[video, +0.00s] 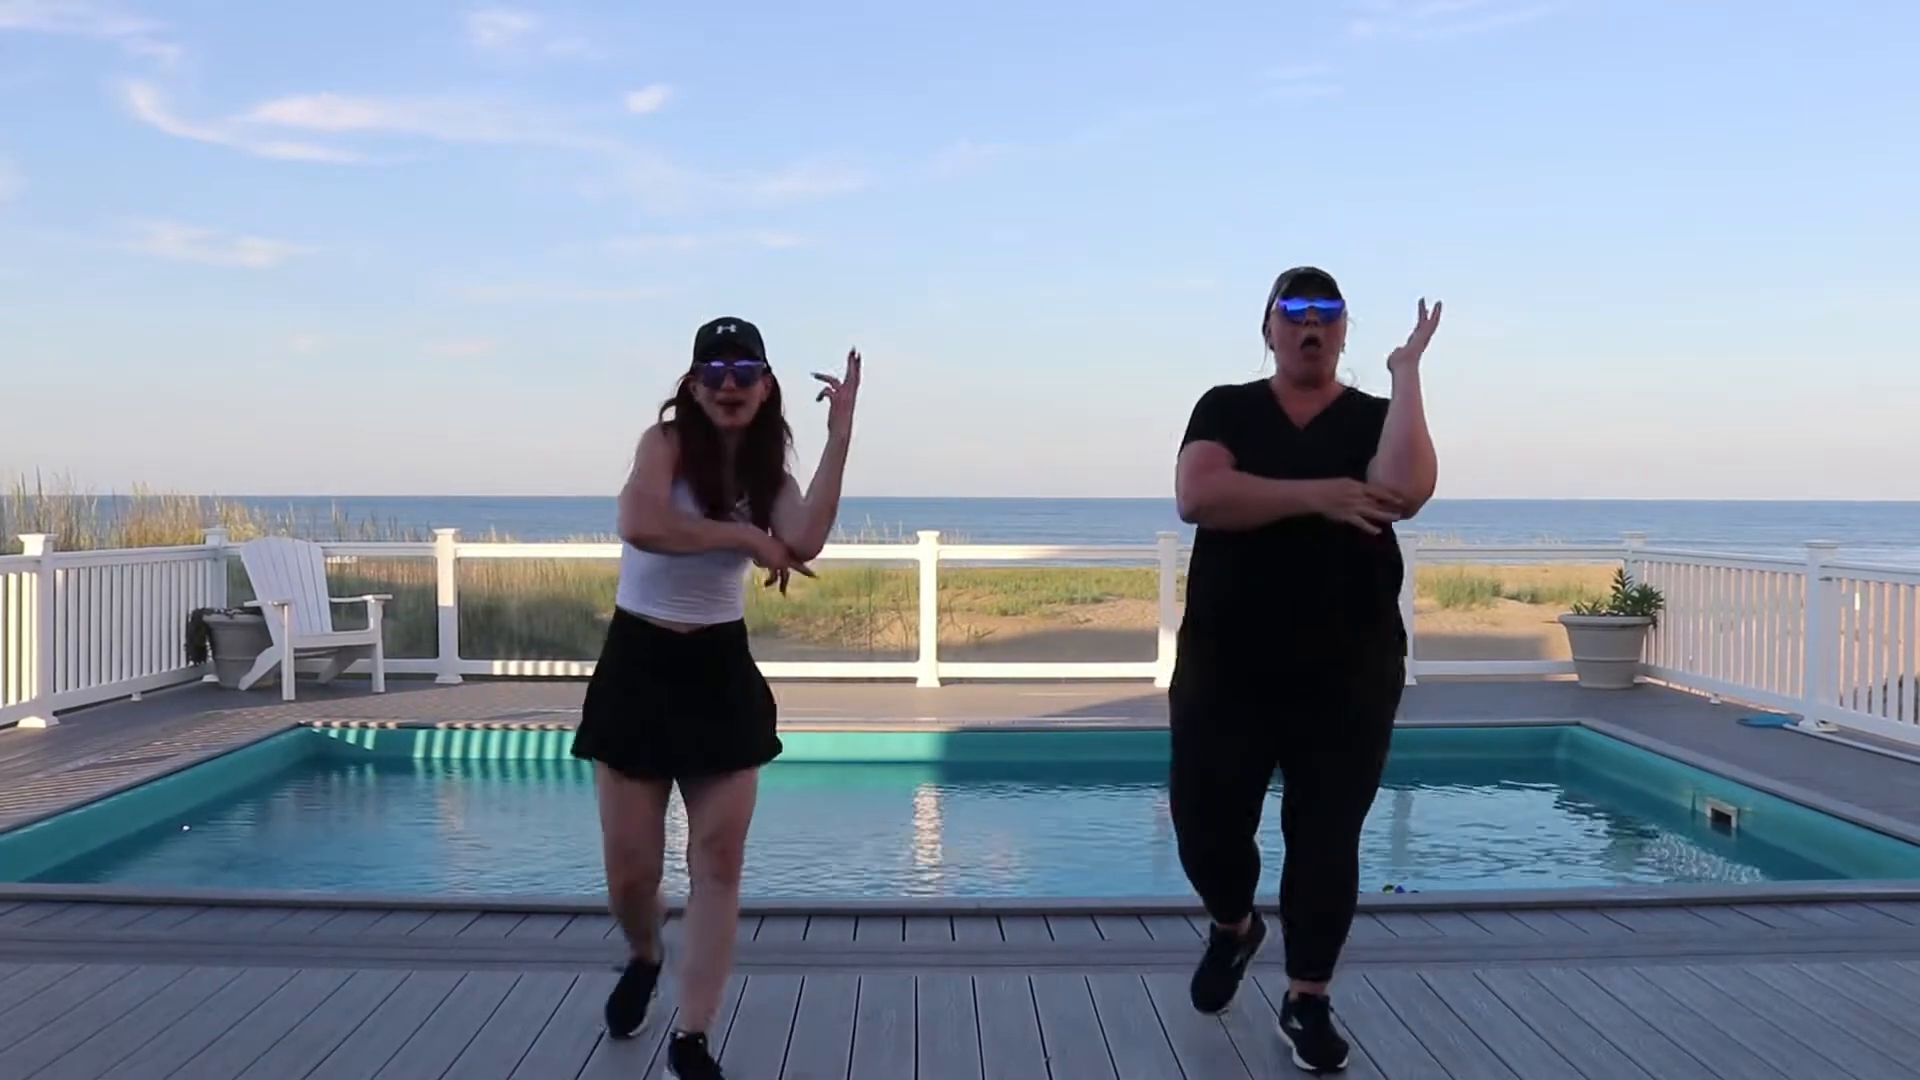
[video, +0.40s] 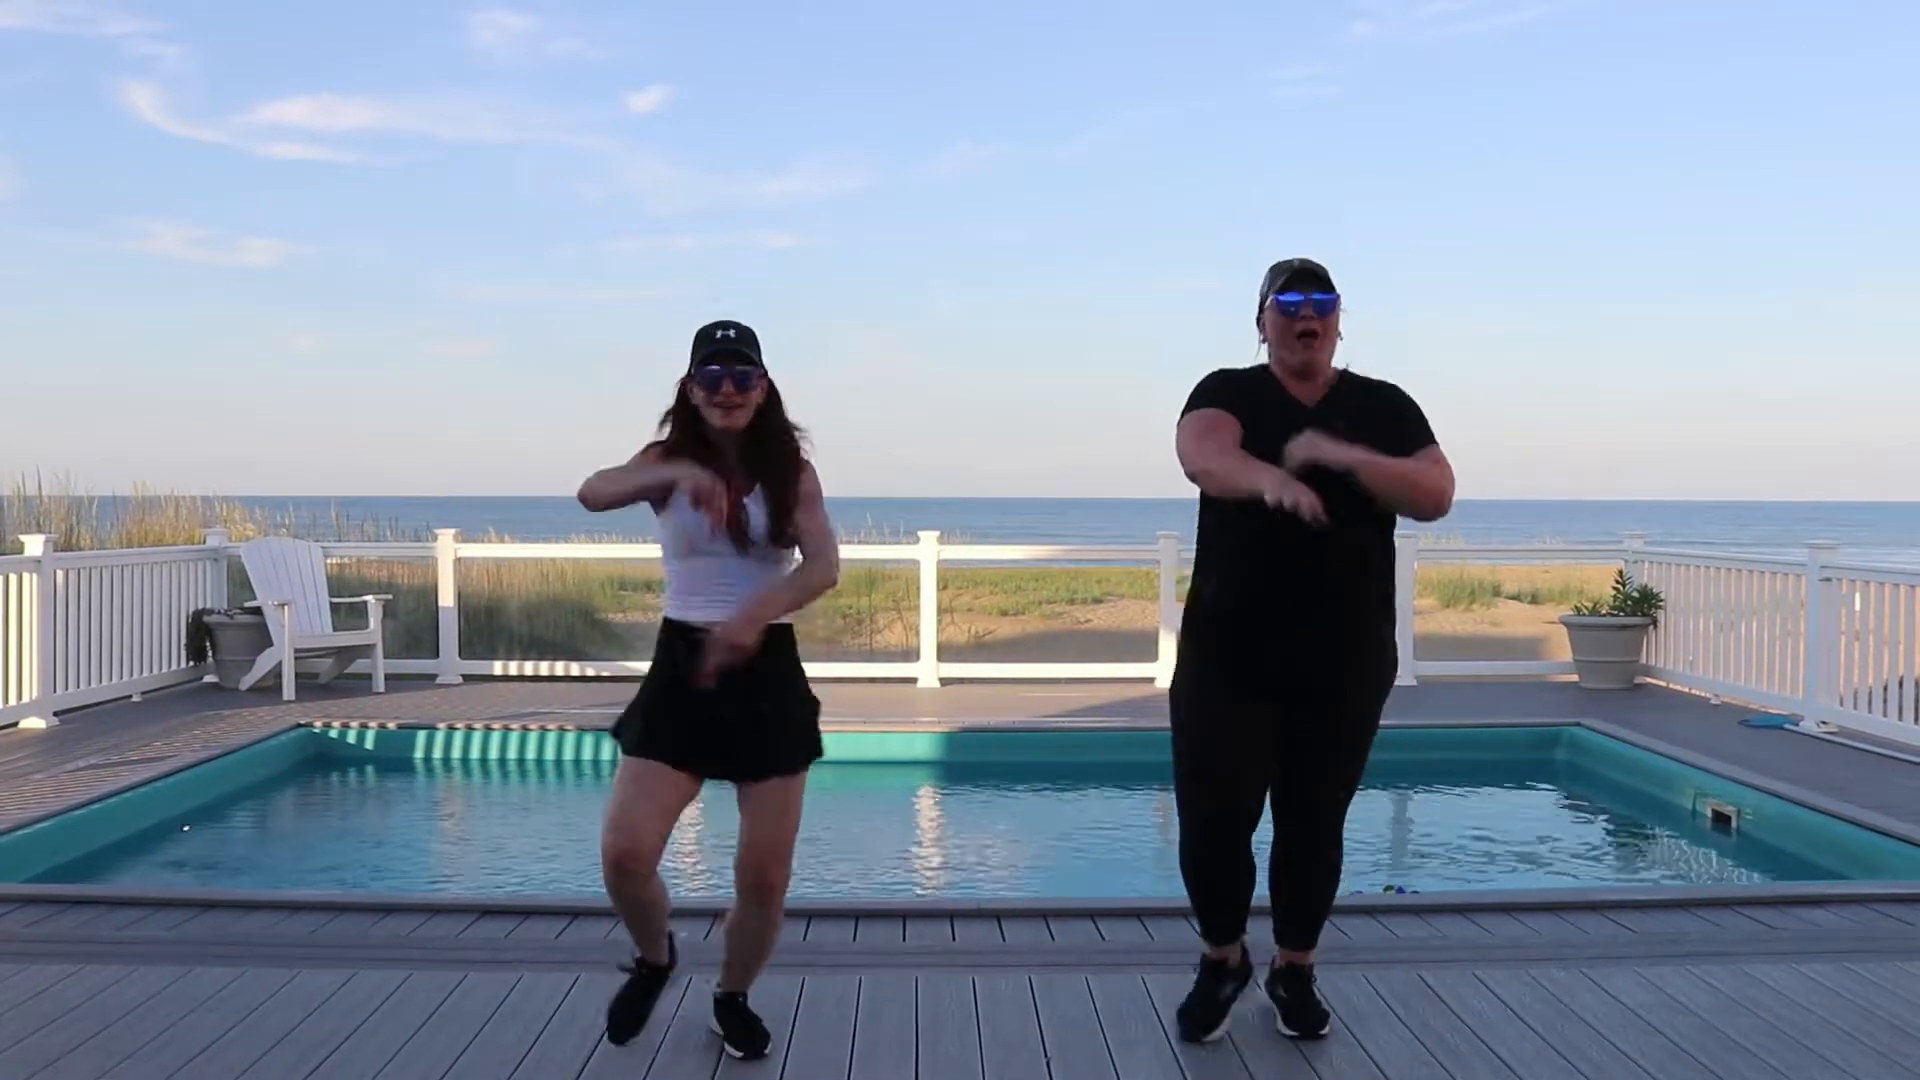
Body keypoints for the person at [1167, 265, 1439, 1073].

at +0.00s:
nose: (1310, 324)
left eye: (1325, 313)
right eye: (1296, 312)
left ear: (1344, 331)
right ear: (1270, 329)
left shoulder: (1377, 420)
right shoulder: (1227, 408)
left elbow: (1408, 489)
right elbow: (1198, 497)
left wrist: (1404, 373)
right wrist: (1318, 495)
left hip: (1346, 669)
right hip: (1227, 662)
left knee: (1327, 835)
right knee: (1205, 820)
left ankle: (1310, 995)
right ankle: (1235, 924)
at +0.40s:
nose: (1307, 322)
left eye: (1320, 310)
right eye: (1291, 310)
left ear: (1338, 321)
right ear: (1264, 322)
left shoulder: (1382, 406)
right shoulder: (1226, 391)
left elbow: (1436, 493)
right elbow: (1202, 457)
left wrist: (1350, 457)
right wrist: (1265, 476)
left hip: (1341, 660)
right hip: (1226, 655)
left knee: (1314, 821)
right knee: (1212, 817)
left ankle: (1294, 968)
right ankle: (1222, 960)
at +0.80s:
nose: (1271, 321)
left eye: (1285, 311)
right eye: (1256, 309)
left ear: (1302, 327)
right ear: (1226, 323)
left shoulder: (1341, 396)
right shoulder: (1188, 416)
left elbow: (1404, 454)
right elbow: (1204, 487)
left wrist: (1306, 475)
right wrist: (1216, 370)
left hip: (1328, 651)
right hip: (1214, 659)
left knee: (1372, 803)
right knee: (1233, 824)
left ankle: (1293, 931)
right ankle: (1234, 989)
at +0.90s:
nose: (1262, 320)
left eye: (1275, 310)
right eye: (1247, 310)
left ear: (1294, 323)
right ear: (1221, 325)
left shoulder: (1338, 396)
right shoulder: (1186, 416)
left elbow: (1400, 462)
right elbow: (1202, 493)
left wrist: (1299, 480)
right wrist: (1211, 379)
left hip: (1327, 646)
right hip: (1213, 656)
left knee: (1362, 804)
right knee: (1230, 823)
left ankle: (1293, 938)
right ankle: (1233, 989)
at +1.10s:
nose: (1267, 288)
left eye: (1280, 279)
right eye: (1250, 277)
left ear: (1294, 298)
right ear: (1218, 296)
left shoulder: (1336, 358)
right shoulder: (1184, 379)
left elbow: (1409, 424)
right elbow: (1177, 453)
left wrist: (1302, 436)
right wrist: (1227, 350)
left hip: (1325, 630)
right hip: (1213, 634)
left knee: (1310, 804)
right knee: (1226, 805)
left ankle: (1292, 961)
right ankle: (1227, 968)